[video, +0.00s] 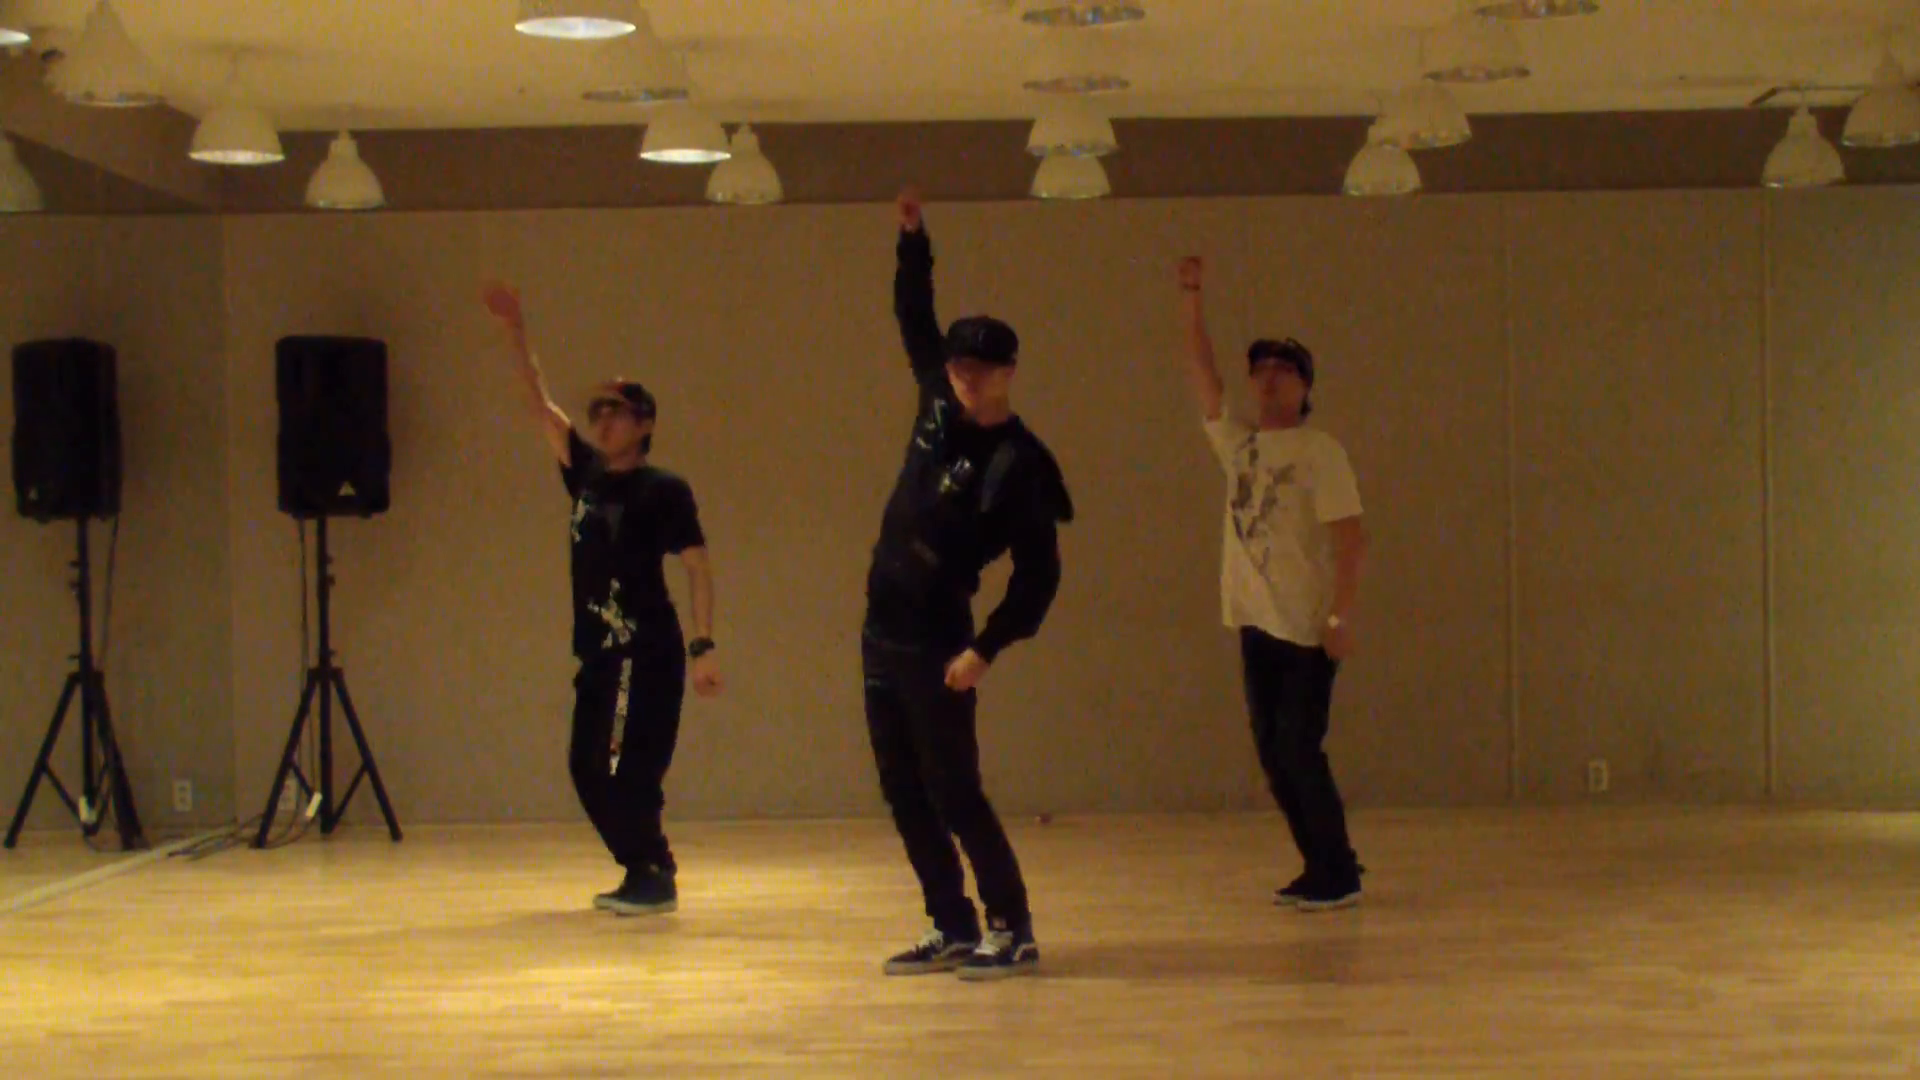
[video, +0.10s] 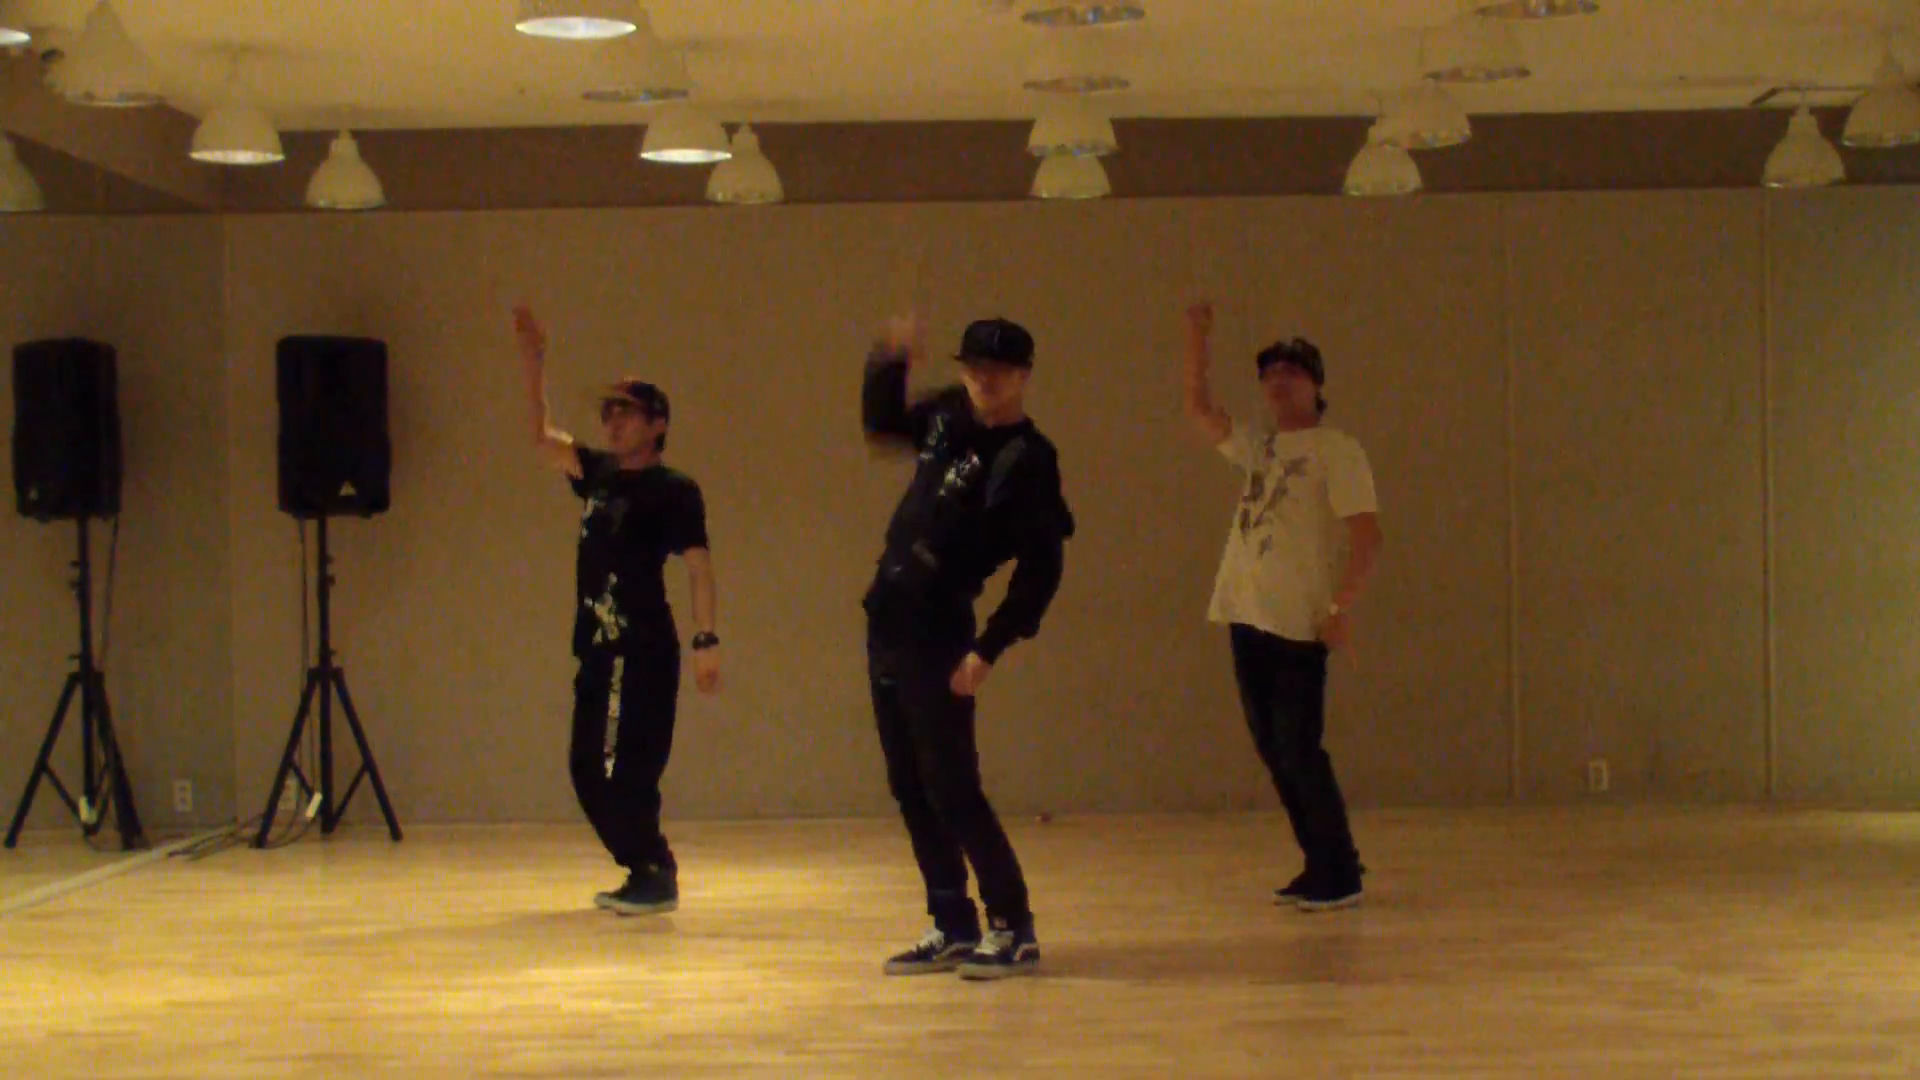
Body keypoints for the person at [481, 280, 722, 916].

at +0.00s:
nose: (603, 424)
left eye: (616, 415)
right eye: (600, 415)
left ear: (644, 428)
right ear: (594, 427)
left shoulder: (664, 491)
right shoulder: (587, 475)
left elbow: (698, 569)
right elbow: (541, 402)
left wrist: (703, 649)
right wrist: (515, 332)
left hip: (649, 652)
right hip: (600, 652)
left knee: (631, 764)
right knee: (587, 766)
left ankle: (652, 873)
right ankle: (642, 867)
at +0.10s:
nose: (610, 422)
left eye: (623, 413)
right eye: (607, 413)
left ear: (656, 427)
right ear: (608, 425)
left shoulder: (675, 491)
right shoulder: (598, 471)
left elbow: (700, 570)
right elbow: (541, 436)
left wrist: (705, 641)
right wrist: (533, 361)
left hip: (645, 646)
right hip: (598, 645)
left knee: (632, 765)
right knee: (588, 768)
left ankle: (655, 872)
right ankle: (643, 868)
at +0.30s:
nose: (630, 429)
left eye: (642, 420)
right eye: (627, 420)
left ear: (674, 428)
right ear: (626, 429)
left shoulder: (695, 495)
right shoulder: (613, 491)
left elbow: (707, 568)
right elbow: (578, 558)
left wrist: (714, 622)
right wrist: (577, 492)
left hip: (639, 635)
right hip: (590, 632)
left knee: (620, 760)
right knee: (585, 762)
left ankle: (653, 873)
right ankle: (639, 869)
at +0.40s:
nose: (604, 436)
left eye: (613, 425)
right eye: (600, 427)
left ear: (646, 425)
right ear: (599, 433)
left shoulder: (684, 484)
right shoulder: (605, 493)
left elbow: (711, 555)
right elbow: (606, 574)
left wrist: (715, 614)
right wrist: (578, 574)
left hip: (668, 629)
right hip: (614, 624)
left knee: (642, 745)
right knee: (547, 696)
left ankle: (654, 871)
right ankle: (606, 786)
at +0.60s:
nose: (582, 469)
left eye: (591, 458)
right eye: (578, 460)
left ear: (624, 456)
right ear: (578, 466)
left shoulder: (673, 492)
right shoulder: (608, 518)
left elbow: (731, 545)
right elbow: (627, 587)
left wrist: (735, 614)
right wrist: (605, 591)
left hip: (684, 643)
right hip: (638, 633)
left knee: (627, 746)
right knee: (557, 631)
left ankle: (654, 876)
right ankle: (597, 735)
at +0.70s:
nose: (589, 481)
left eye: (596, 469)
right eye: (584, 473)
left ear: (630, 465)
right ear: (594, 478)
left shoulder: (666, 486)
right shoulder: (637, 535)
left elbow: (736, 522)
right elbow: (603, 608)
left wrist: (741, 600)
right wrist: (581, 583)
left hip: (695, 648)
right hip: (648, 638)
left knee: (629, 758)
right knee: (553, 648)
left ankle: (654, 878)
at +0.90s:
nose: (612, 498)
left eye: (618, 485)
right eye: (606, 489)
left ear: (650, 479)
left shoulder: (685, 491)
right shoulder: (658, 558)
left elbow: (761, 509)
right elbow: (603, 627)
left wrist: (749, 588)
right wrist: (547, 589)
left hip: (711, 662)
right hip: (671, 653)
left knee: (629, 763)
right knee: (599, 704)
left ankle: (655, 879)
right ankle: (513, 751)